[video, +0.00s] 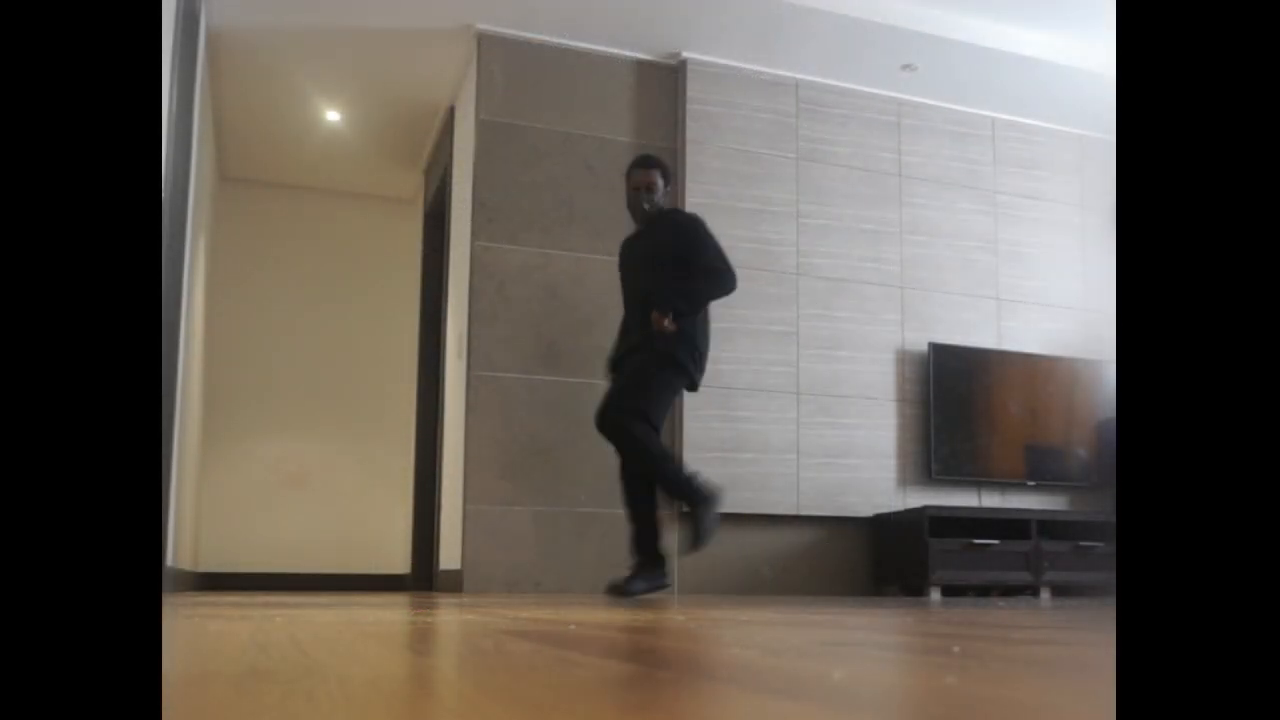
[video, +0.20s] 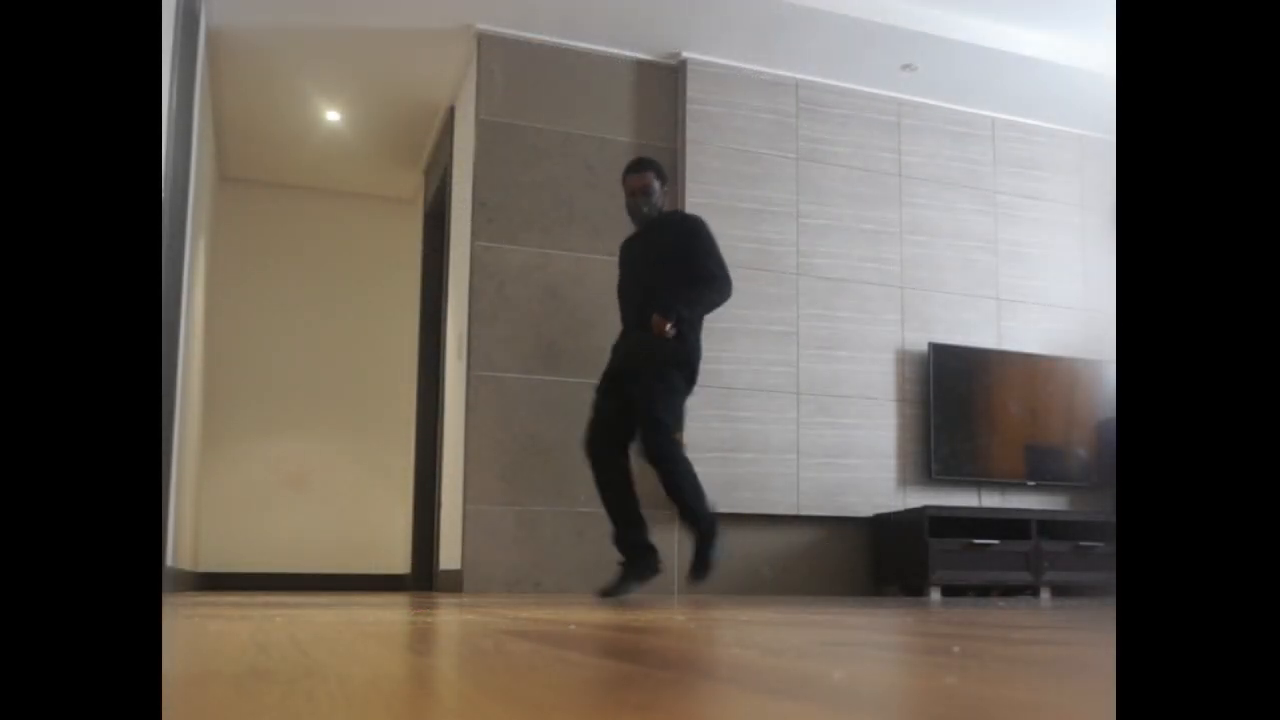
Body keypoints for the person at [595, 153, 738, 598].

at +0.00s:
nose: (642, 197)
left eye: (650, 189)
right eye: (636, 190)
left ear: (667, 191)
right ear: (627, 194)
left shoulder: (684, 227)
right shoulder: (631, 247)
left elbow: (723, 278)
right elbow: (635, 310)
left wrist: (675, 308)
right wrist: (619, 355)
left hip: (672, 354)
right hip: (639, 357)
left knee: (614, 418)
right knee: (635, 450)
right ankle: (649, 565)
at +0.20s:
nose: (639, 201)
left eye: (646, 192)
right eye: (632, 194)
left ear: (664, 192)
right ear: (624, 198)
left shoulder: (688, 228)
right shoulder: (631, 247)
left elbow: (719, 285)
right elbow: (633, 305)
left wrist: (677, 314)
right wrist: (632, 346)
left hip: (671, 356)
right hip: (632, 355)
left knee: (659, 444)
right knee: (603, 446)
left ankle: (705, 527)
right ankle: (638, 556)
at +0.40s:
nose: (638, 224)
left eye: (644, 215)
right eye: (630, 218)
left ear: (660, 212)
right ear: (621, 220)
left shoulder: (693, 249)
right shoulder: (619, 269)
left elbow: (729, 305)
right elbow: (626, 332)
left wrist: (702, 329)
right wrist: (625, 377)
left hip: (682, 375)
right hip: (636, 375)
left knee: (684, 470)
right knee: (576, 445)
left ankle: (694, 571)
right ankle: (617, 551)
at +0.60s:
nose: (636, 220)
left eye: (643, 211)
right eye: (628, 213)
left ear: (659, 205)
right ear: (619, 212)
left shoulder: (691, 246)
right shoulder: (615, 254)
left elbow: (727, 302)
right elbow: (609, 318)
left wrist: (697, 336)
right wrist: (595, 371)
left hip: (673, 373)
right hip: (626, 374)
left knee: (677, 466)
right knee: (628, 454)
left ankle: (693, 569)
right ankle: (594, 561)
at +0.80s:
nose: (637, 193)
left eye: (638, 186)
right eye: (624, 191)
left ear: (647, 195)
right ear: (608, 206)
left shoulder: (667, 249)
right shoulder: (593, 250)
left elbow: (678, 316)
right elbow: (576, 318)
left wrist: (729, 320)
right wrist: (556, 379)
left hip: (667, 383)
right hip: (610, 381)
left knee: (685, 473)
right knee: (568, 466)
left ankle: (695, 570)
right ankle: (530, 561)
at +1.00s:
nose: (588, 211)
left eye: (592, 203)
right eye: (577, 207)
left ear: (602, 209)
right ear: (562, 218)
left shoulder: (632, 256)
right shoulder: (552, 261)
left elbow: (678, 287)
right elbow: (539, 312)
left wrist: (712, 277)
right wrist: (528, 344)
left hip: (628, 388)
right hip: (572, 387)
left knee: (663, 472)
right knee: (532, 473)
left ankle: (695, 566)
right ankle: (504, 572)